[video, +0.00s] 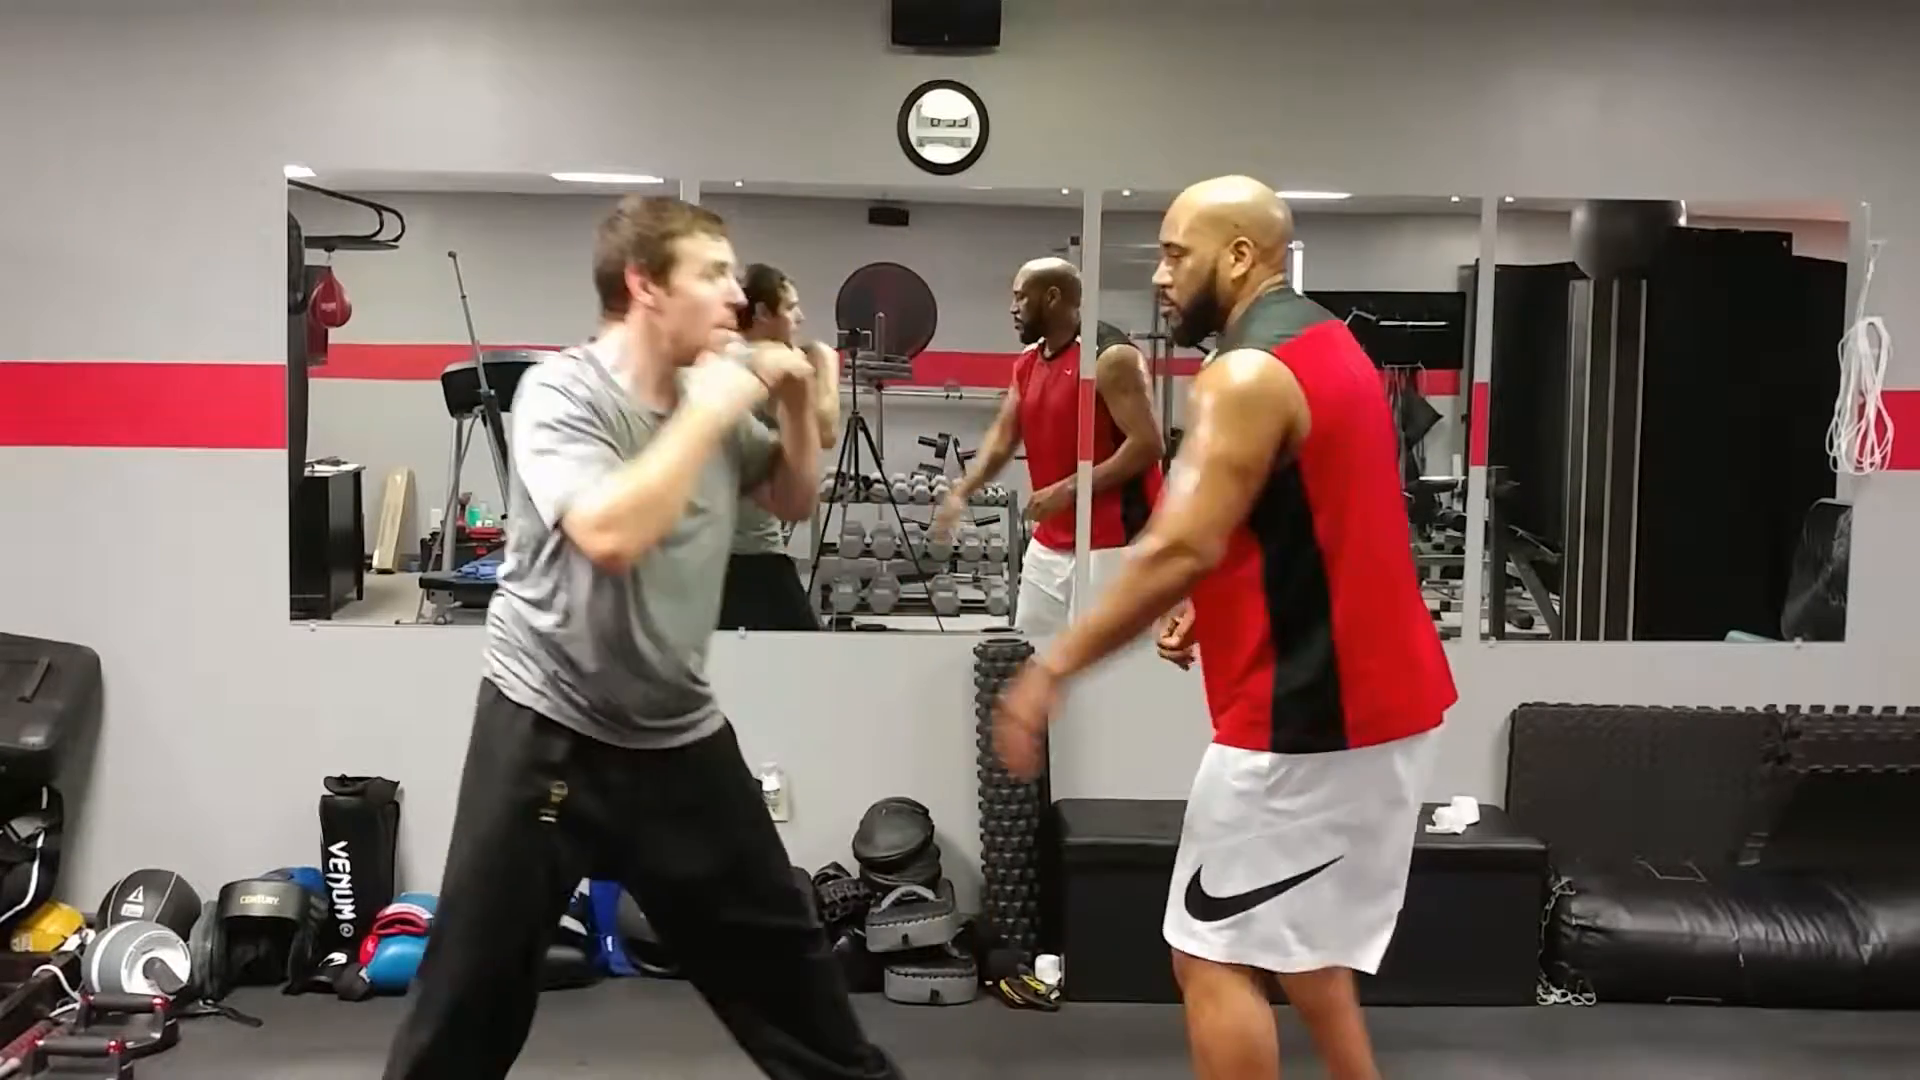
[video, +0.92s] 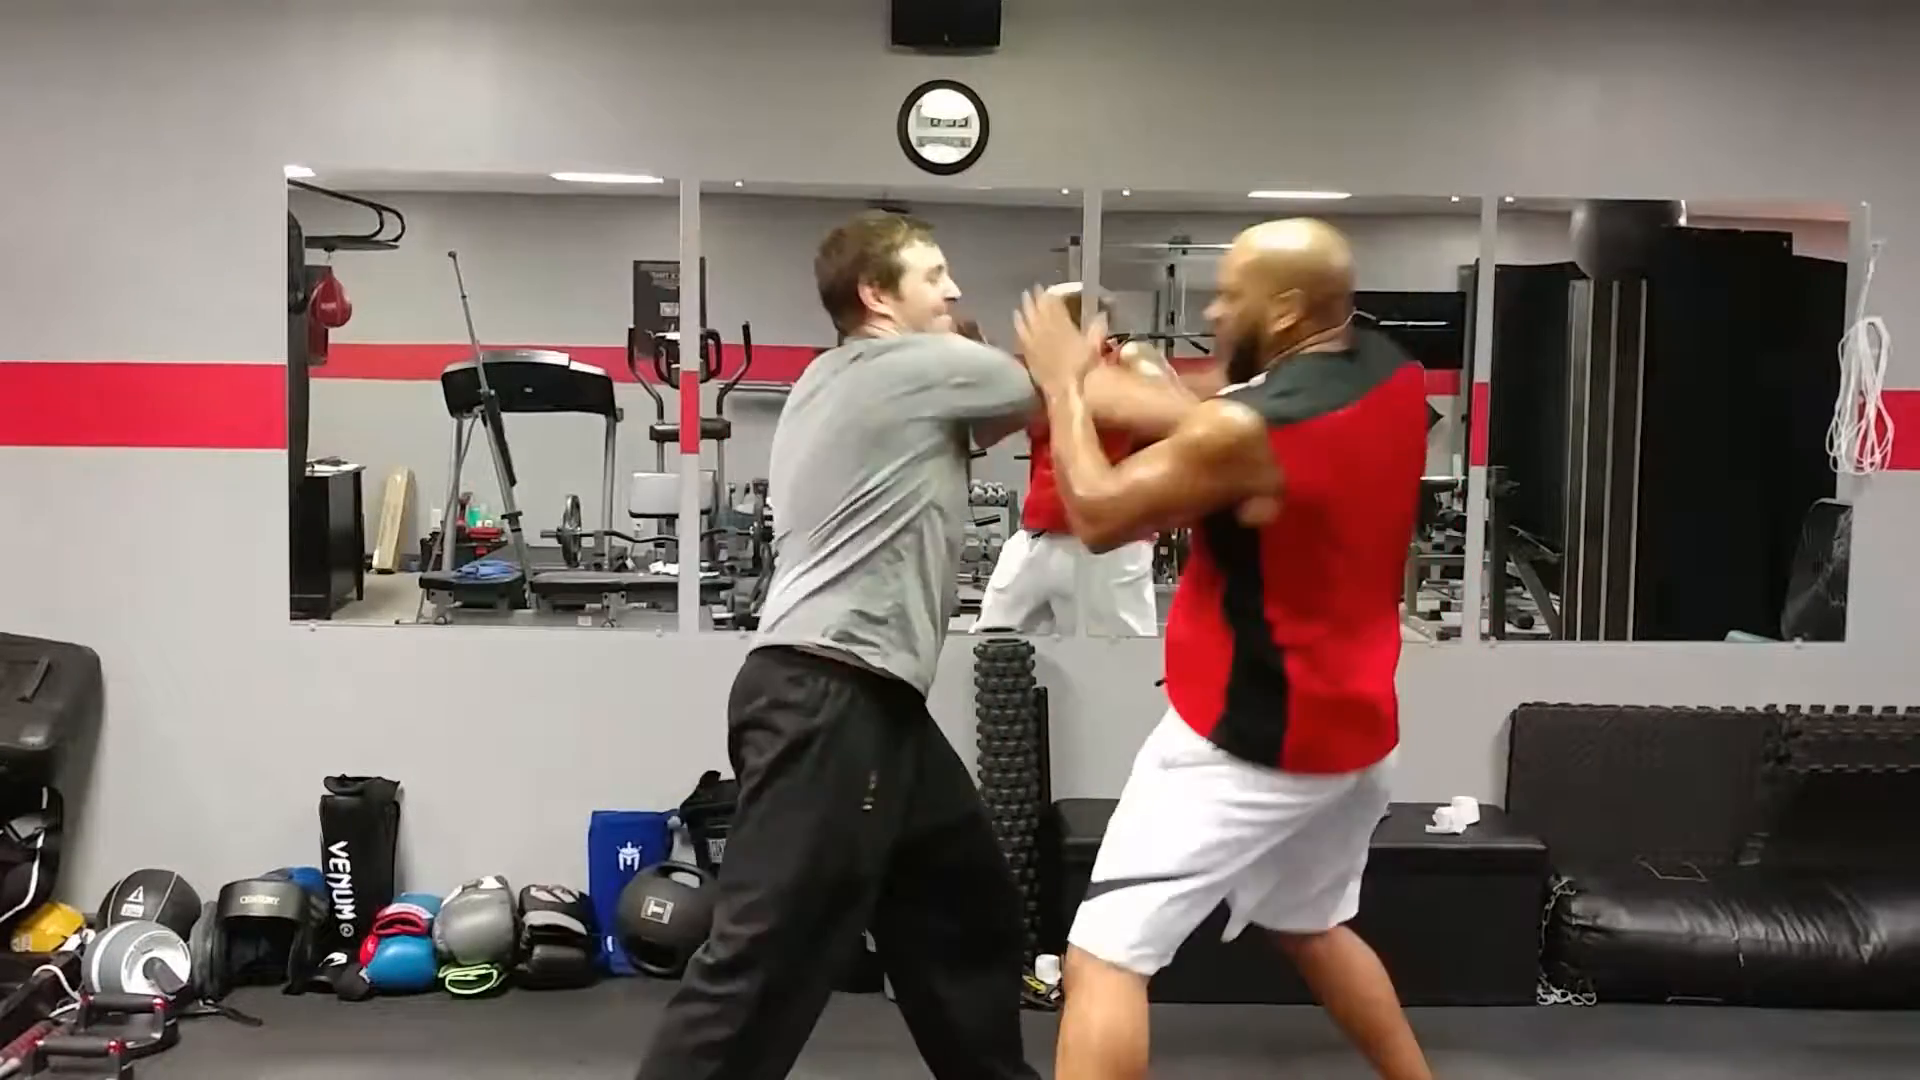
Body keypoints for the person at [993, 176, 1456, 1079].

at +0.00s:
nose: (1159, 275)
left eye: (1175, 256)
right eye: (1161, 256)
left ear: (1241, 257)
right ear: (1256, 260)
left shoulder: (1248, 374)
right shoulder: (1329, 348)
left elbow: (1182, 549)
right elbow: (1314, 518)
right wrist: (1212, 599)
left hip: (1294, 717)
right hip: (1377, 704)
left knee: (1210, 953)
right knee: (1312, 956)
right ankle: (1359, 1076)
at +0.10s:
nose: (1178, 282)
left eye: (1194, 262)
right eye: (1179, 262)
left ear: (1260, 265)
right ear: (1269, 268)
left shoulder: (1284, 383)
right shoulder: (1328, 351)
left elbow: (1298, 576)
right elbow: (1345, 543)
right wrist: (1242, 641)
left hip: (1313, 724)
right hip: (1386, 708)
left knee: (1210, 948)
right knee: (1358, 927)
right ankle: (1421, 1071)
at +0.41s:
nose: (1225, 272)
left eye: (1242, 254)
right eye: (1228, 253)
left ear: (1305, 262)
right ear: (1316, 264)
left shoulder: (1310, 369)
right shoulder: (1365, 344)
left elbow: (1305, 549)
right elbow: (1384, 526)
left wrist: (1245, 626)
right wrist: (1283, 613)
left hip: (1360, 697)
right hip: (1436, 685)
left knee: (1260, 927)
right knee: (1383, 907)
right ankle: (1435, 1071)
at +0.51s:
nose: (1248, 258)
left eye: (1267, 242)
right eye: (1253, 241)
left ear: (1330, 255)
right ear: (1335, 261)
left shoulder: (1319, 333)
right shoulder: (1374, 336)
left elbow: (1164, 421)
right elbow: (1305, 512)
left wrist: (1093, 460)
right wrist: (1224, 614)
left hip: (1355, 693)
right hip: (1438, 683)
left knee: (1275, 939)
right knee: (1391, 913)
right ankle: (1441, 1073)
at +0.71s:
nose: (1291, 241)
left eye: (1314, 228)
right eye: (1295, 226)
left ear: (1374, 246)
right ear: (1378, 252)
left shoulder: (1352, 312)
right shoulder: (1343, 313)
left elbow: (1185, 371)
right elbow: (1194, 322)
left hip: (1317, 662)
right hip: (1388, 664)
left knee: (1134, 872)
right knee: (1357, 913)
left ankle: (1194, 1074)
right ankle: (1429, 1073)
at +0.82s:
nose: (1278, 264)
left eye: (1293, 251)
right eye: (1285, 247)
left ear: (1341, 267)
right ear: (1376, 271)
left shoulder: (1308, 379)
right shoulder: (1415, 351)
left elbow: (1196, 515)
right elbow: (1270, 312)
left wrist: (1157, 367)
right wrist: (1174, 254)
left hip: (1264, 677)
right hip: (1371, 675)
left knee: (1112, 907)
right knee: (1338, 904)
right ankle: (1425, 1072)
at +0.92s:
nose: (1213, 313)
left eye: (1228, 296)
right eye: (1217, 294)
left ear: (1284, 308)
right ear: (1327, 306)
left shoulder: (1247, 426)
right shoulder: (1391, 377)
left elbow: (1097, 512)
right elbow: (1244, 418)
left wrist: (1060, 379)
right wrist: (1129, 390)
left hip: (1241, 737)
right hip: (1353, 726)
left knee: (1106, 953)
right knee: (1306, 921)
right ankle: (1413, 1072)